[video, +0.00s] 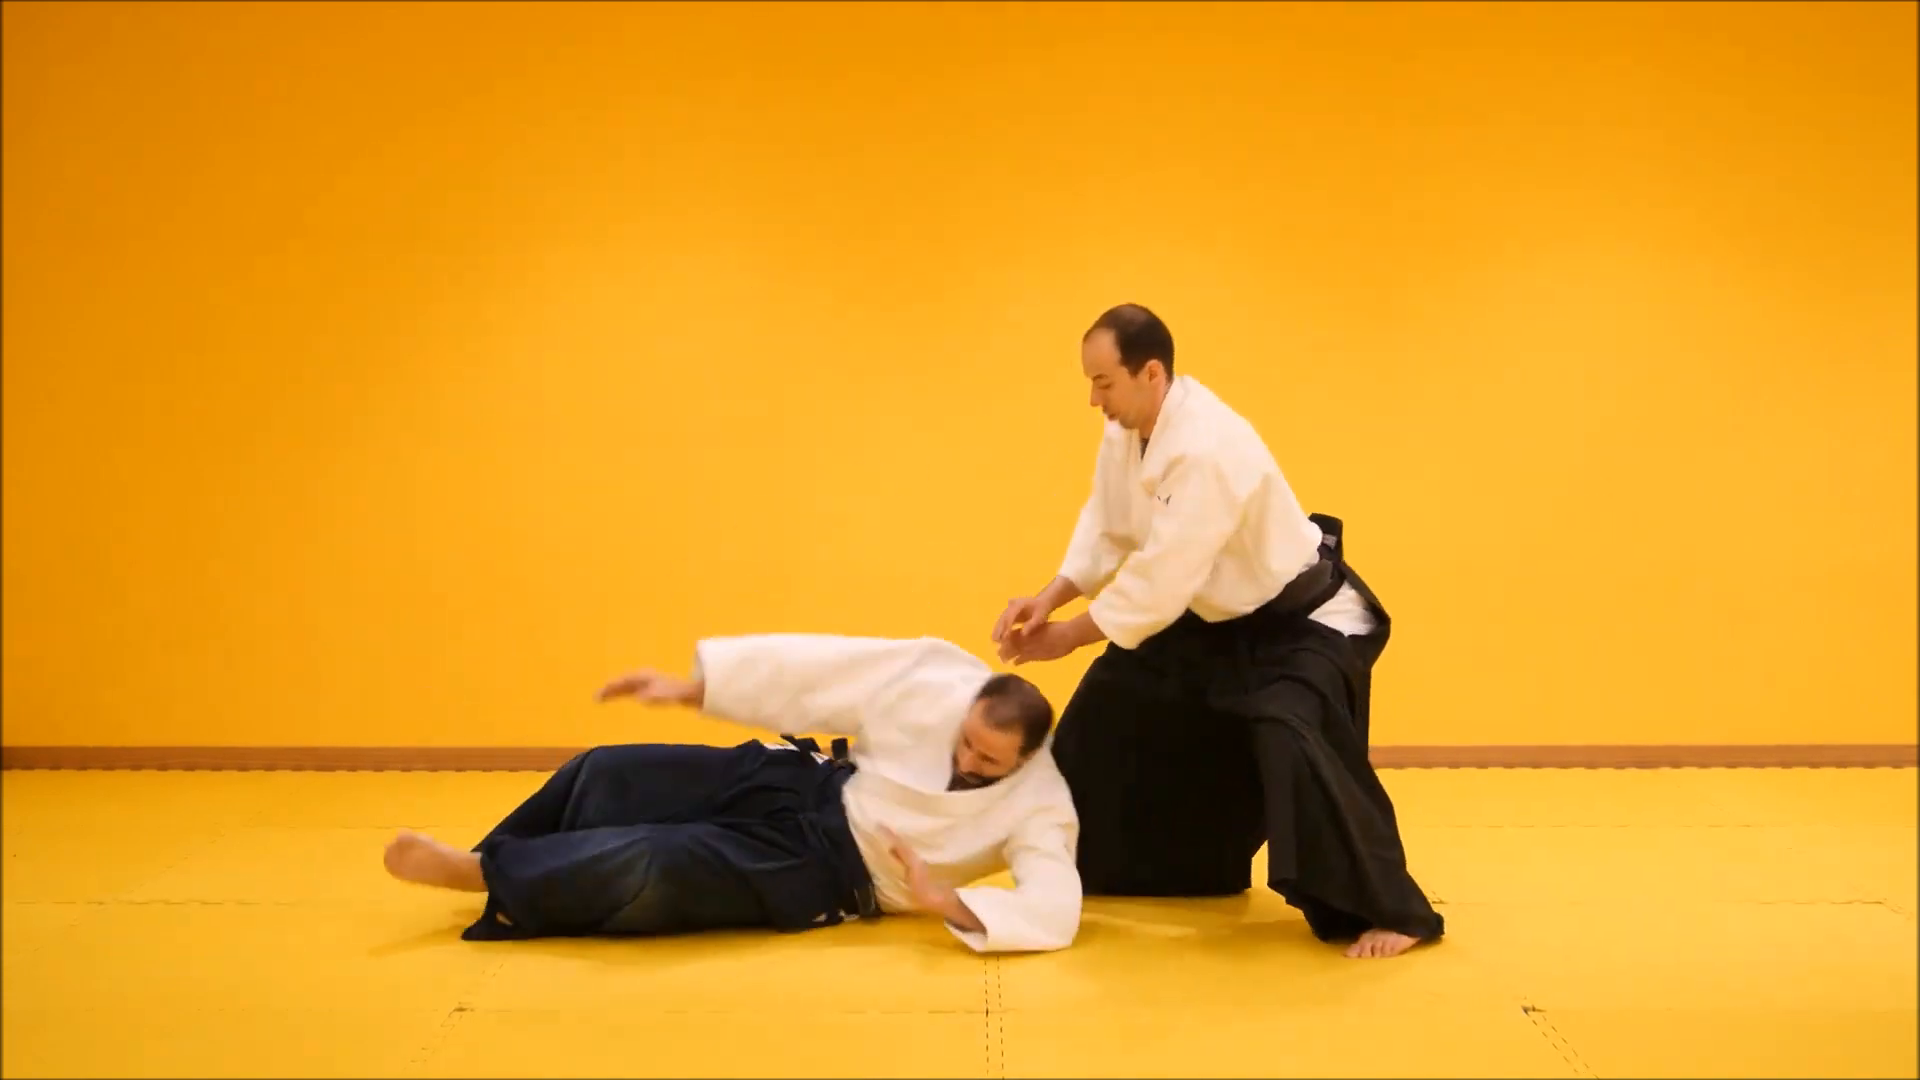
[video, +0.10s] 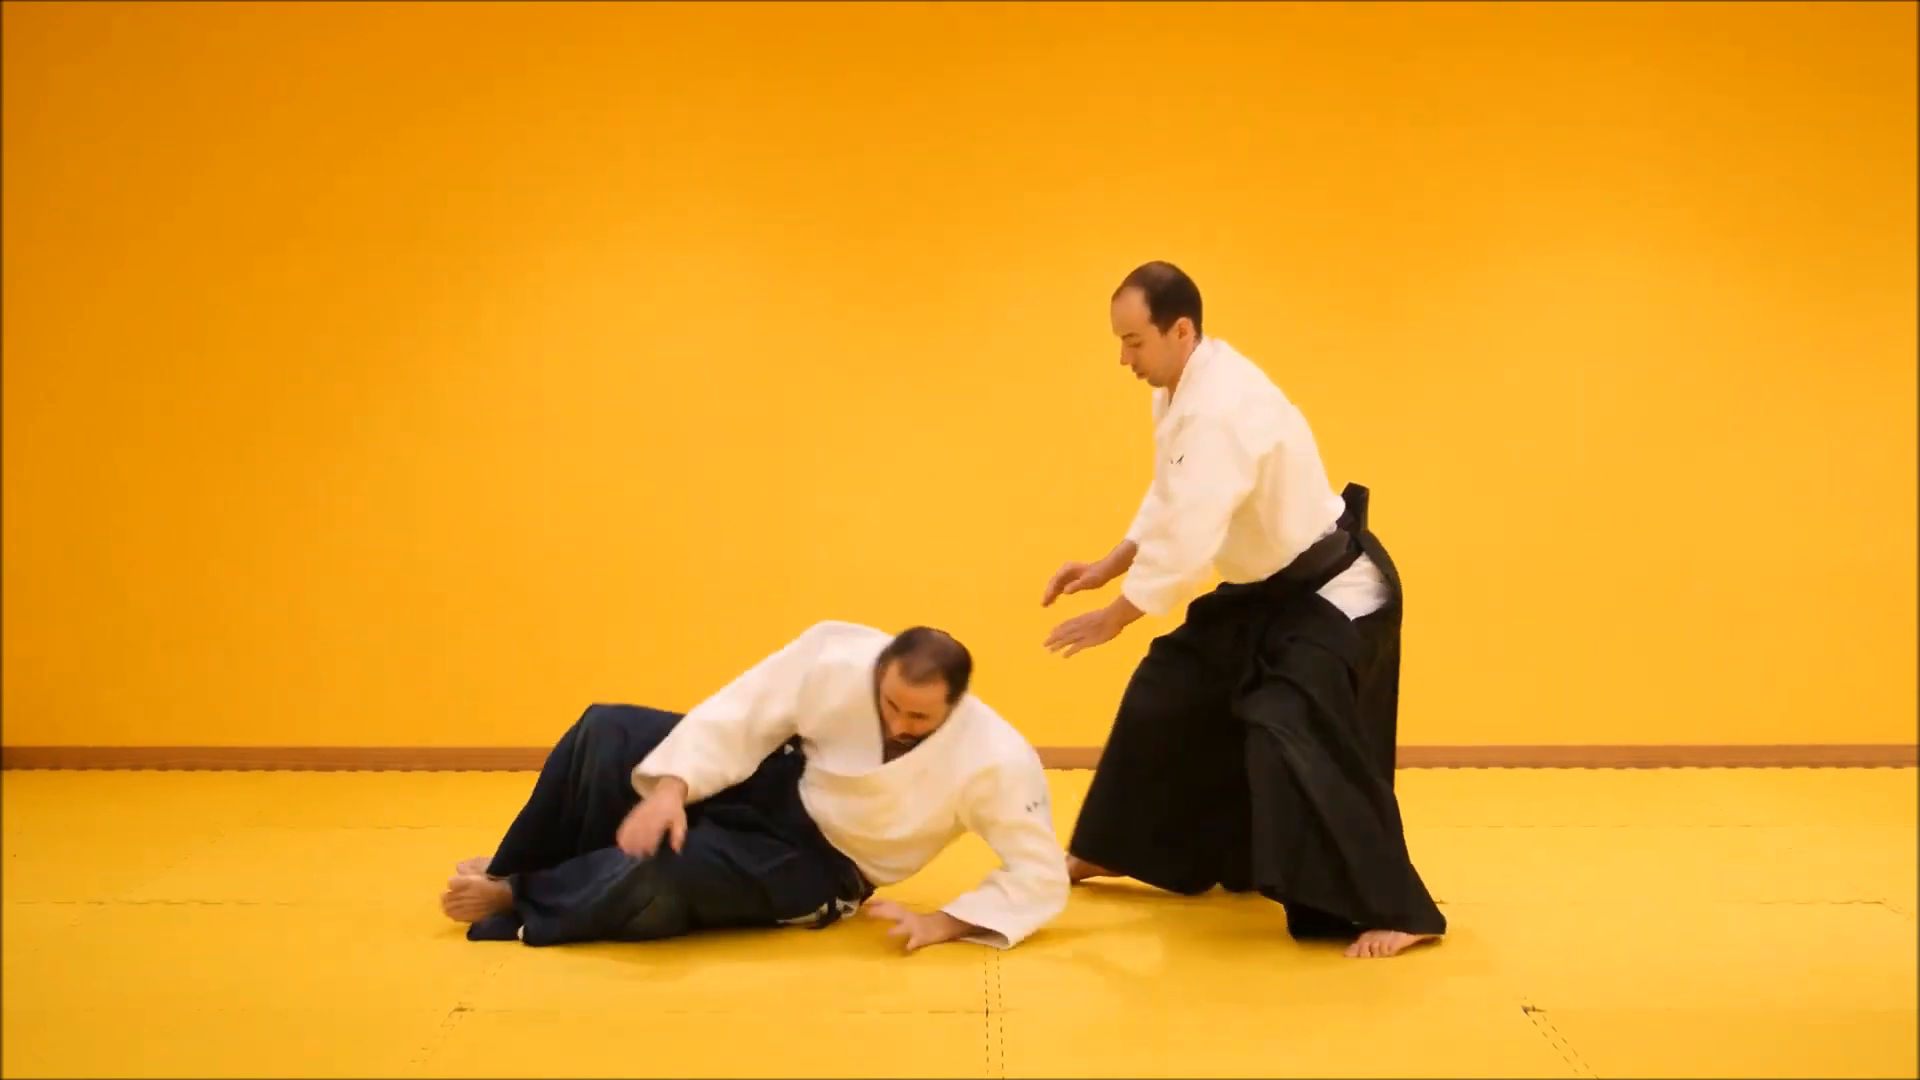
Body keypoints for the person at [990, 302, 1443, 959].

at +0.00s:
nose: (1094, 397)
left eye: (1103, 380)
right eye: (1090, 381)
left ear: (1151, 373)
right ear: (1136, 377)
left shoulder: (1205, 446)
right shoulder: (1125, 430)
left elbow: (1164, 578)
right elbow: (1104, 529)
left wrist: (1069, 635)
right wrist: (1047, 597)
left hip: (1300, 621)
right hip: (1208, 619)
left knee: (1284, 730)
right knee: (1104, 702)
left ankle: (1393, 909)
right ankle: (1086, 860)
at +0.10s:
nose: (1124, 357)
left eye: (1132, 339)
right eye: (1120, 340)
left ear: (1181, 328)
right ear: (1166, 331)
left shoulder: (1219, 401)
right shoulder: (1180, 389)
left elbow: (1194, 529)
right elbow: (1169, 497)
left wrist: (1119, 613)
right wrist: (1112, 565)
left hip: (1332, 594)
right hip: (1259, 592)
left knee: (1281, 720)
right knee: (1163, 688)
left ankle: (1398, 910)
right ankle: (1117, 843)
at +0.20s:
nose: (1160, 331)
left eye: (1169, 314)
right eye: (1158, 315)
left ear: (1217, 303)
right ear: (1207, 306)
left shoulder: (1245, 380)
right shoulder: (1227, 362)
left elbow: (1242, 513)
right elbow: (1208, 487)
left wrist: (1181, 613)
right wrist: (1147, 562)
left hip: (1349, 586)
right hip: (1296, 577)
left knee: (1293, 717)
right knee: (1198, 676)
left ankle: (1406, 909)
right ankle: (1195, 844)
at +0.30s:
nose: (1191, 316)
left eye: (1202, 299)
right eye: (1187, 301)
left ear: (1250, 295)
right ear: (1235, 300)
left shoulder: (1279, 372)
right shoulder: (1240, 371)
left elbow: (1318, 499)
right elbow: (1229, 490)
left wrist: (1262, 595)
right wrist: (1167, 570)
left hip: (1361, 578)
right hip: (1309, 575)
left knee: (1304, 719)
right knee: (1226, 682)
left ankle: (1413, 912)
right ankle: (1254, 826)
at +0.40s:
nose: (1206, 310)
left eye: (1218, 293)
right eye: (1202, 296)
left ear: (1266, 292)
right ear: (1230, 298)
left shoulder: (1311, 367)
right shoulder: (1237, 381)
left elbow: (1403, 462)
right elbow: (1221, 489)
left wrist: (1346, 557)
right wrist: (1163, 572)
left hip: (1380, 565)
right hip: (1322, 568)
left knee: (1342, 717)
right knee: (1254, 696)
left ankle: (1421, 906)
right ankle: (1307, 839)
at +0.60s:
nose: (1235, 304)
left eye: (1248, 287)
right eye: (1229, 290)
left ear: (1292, 287)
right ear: (1229, 296)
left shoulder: (1369, 359)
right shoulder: (1241, 384)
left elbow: (1469, 440)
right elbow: (1209, 484)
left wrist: (1419, 518)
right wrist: (1154, 566)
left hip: (1421, 545)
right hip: (1340, 554)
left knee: (1439, 702)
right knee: (1265, 687)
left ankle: (1517, 850)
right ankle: (1311, 829)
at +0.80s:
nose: (1295, 295)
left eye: (1309, 280)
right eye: (1291, 282)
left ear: (1354, 284)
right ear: (1298, 289)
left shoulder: (1432, 355)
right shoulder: (1295, 379)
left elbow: (1513, 438)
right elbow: (1247, 471)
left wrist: (1479, 501)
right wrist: (1184, 542)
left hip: (1456, 549)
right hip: (1365, 555)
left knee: (1529, 685)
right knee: (1278, 679)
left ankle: (1595, 813)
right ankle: (1308, 829)